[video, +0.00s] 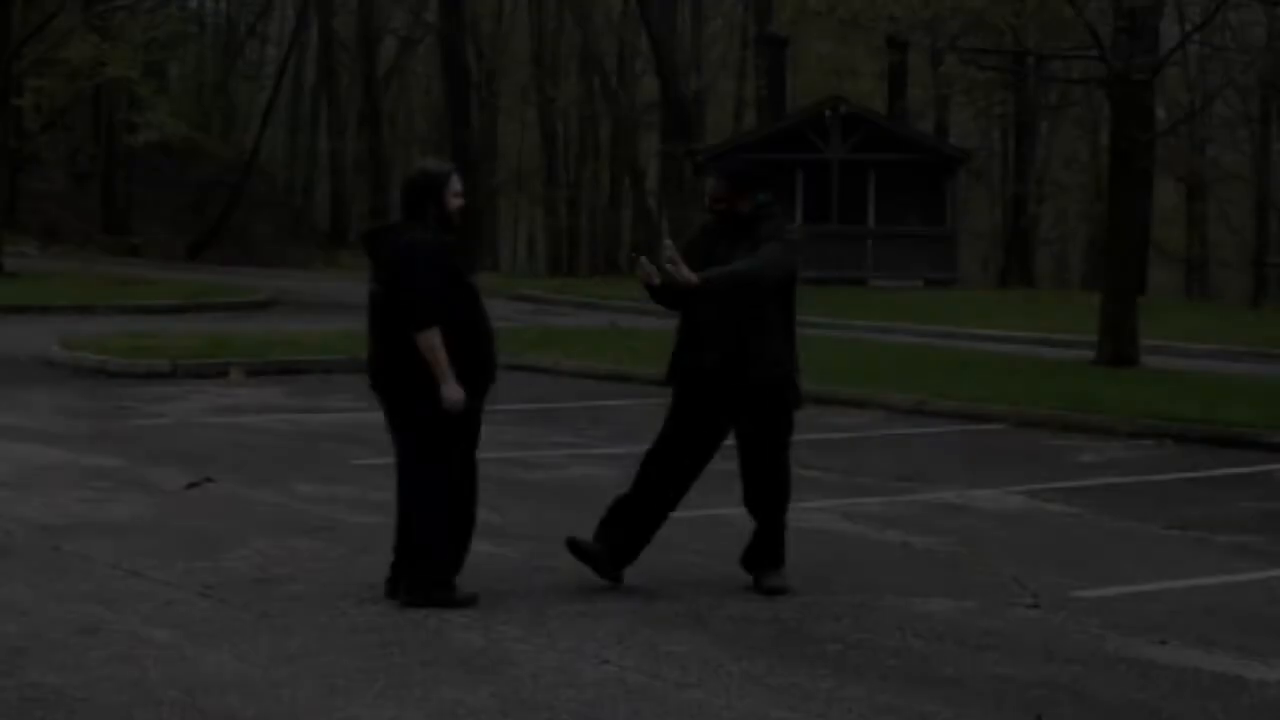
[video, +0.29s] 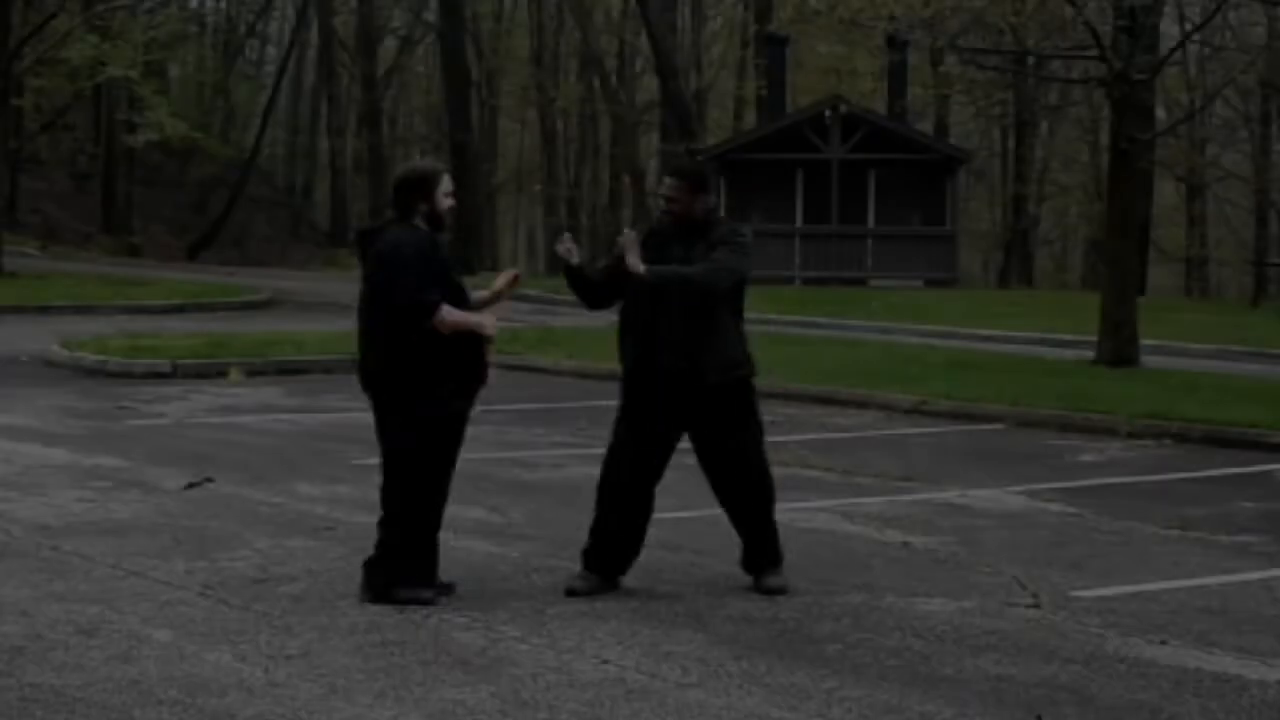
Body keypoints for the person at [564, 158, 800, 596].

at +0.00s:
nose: (713, 204)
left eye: (720, 195)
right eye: (713, 196)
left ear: (739, 197)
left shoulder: (774, 240)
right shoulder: (710, 237)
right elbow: (686, 301)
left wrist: (699, 280)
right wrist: (659, 286)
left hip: (764, 380)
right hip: (706, 378)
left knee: (767, 481)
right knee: (667, 468)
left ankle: (769, 567)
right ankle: (612, 553)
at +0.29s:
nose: (665, 208)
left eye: (675, 200)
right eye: (662, 199)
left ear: (702, 201)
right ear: (661, 199)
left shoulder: (727, 241)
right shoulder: (653, 241)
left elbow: (719, 283)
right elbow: (599, 295)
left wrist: (646, 272)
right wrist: (575, 267)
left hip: (717, 384)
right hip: (653, 383)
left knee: (743, 477)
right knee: (625, 478)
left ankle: (766, 567)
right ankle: (601, 570)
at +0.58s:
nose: (621, 207)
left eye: (630, 200)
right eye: (616, 199)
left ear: (654, 199)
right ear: (611, 197)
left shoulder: (684, 234)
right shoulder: (604, 238)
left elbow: (689, 280)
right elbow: (555, 256)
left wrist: (620, 268)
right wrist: (504, 256)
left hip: (687, 378)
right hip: (623, 381)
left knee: (721, 470)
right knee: (602, 475)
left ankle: (749, 567)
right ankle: (600, 570)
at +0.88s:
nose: (613, 213)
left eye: (622, 206)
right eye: (608, 205)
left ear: (646, 203)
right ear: (603, 203)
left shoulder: (677, 235)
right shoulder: (595, 243)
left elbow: (683, 285)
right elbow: (554, 271)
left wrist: (620, 279)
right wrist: (513, 284)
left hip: (679, 382)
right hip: (615, 385)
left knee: (717, 471)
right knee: (598, 477)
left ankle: (749, 567)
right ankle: (599, 569)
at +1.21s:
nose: (623, 212)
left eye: (633, 206)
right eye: (620, 204)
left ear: (659, 206)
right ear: (616, 205)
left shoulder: (693, 245)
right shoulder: (605, 251)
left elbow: (701, 297)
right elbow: (569, 296)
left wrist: (635, 285)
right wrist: (584, 326)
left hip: (689, 385)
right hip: (624, 387)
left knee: (737, 468)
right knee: (598, 475)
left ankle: (782, 556)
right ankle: (597, 568)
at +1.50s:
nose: (693, 210)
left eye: (701, 203)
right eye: (691, 202)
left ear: (731, 204)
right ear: (689, 201)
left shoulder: (764, 241)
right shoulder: (682, 235)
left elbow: (764, 287)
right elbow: (622, 252)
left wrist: (702, 276)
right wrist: (624, 202)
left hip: (748, 387)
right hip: (684, 385)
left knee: (784, 474)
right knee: (640, 472)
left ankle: (821, 564)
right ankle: (602, 566)